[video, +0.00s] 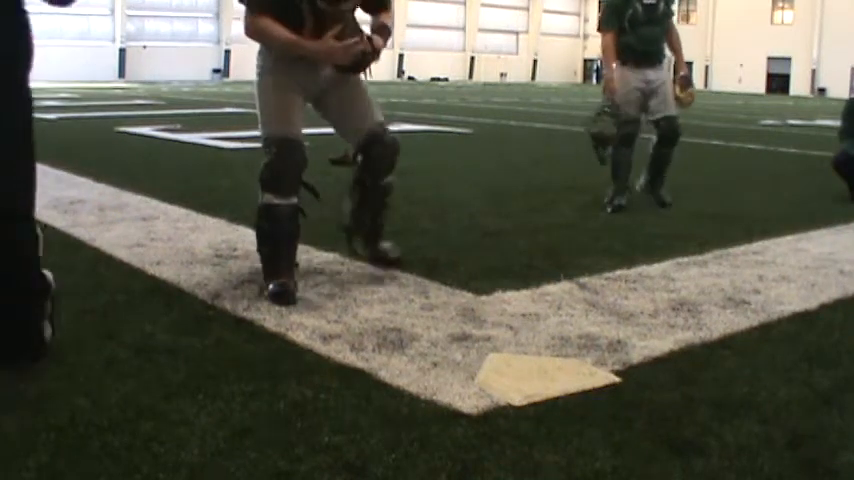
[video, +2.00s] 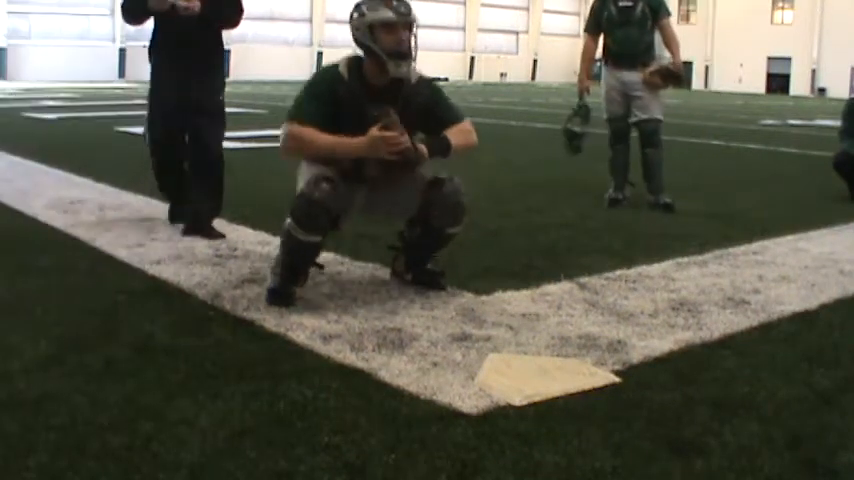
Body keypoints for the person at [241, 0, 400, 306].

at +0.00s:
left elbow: (383, 11)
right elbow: (254, 23)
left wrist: (377, 38)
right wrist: (318, 50)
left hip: (337, 57)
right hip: (283, 57)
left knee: (379, 146)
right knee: (286, 156)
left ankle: (366, 231)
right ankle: (279, 271)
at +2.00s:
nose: (402, 39)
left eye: (407, 30)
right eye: (390, 31)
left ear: (413, 33)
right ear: (364, 35)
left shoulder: (420, 89)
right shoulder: (330, 82)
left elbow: (467, 135)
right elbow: (292, 141)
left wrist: (424, 147)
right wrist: (364, 146)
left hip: (392, 187)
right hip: (338, 186)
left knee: (446, 195)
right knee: (320, 191)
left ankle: (412, 265)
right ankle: (287, 278)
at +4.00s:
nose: (400, 64)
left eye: (407, 55)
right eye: (392, 54)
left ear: (417, 51)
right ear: (369, 44)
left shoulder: (418, 79)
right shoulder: (328, 64)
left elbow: (424, 140)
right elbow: (315, 143)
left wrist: (409, 197)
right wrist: (352, 206)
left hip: (366, 158)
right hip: (313, 153)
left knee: (433, 206)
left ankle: (412, 255)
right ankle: (250, 261)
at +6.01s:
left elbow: (767, 4)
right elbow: (672, 16)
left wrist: (770, 71)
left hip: (747, 77)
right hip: (713, 79)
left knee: (705, 192)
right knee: (681, 195)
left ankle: (734, 332)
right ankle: (717, 293)